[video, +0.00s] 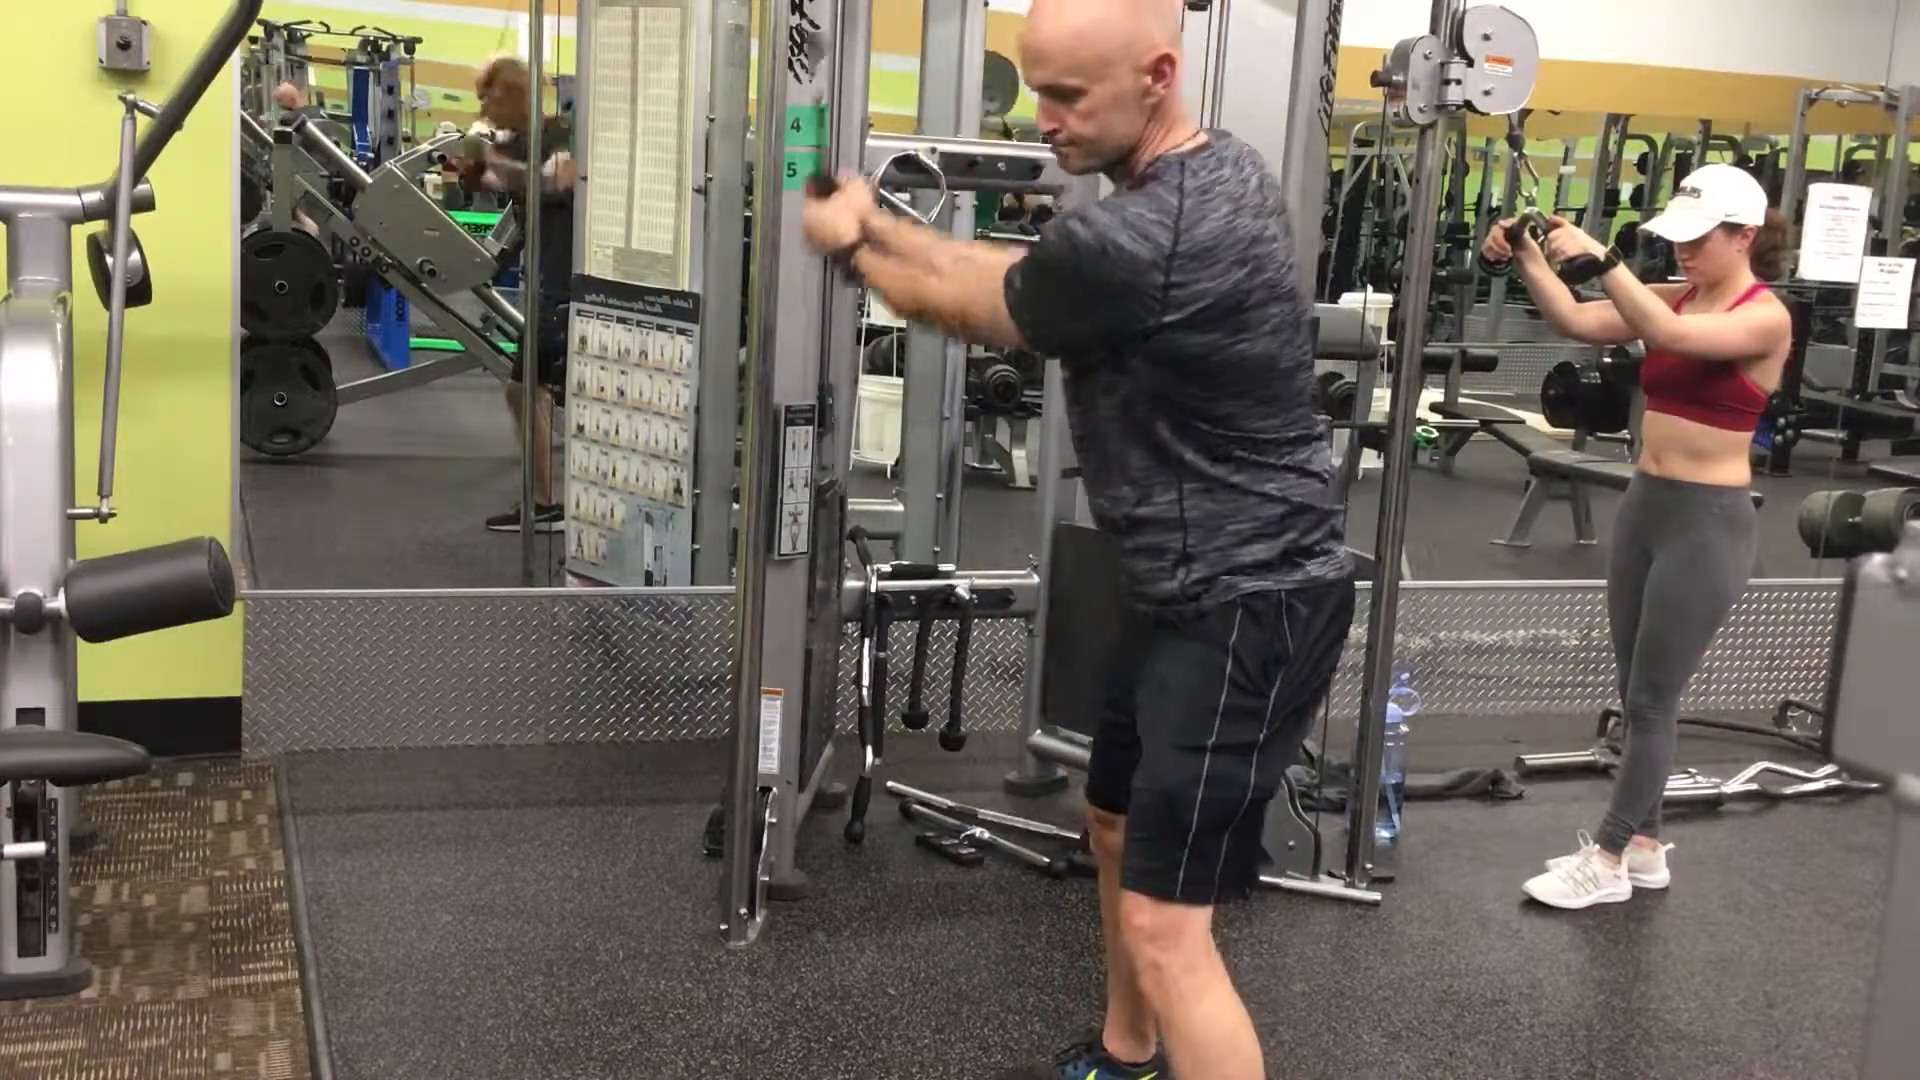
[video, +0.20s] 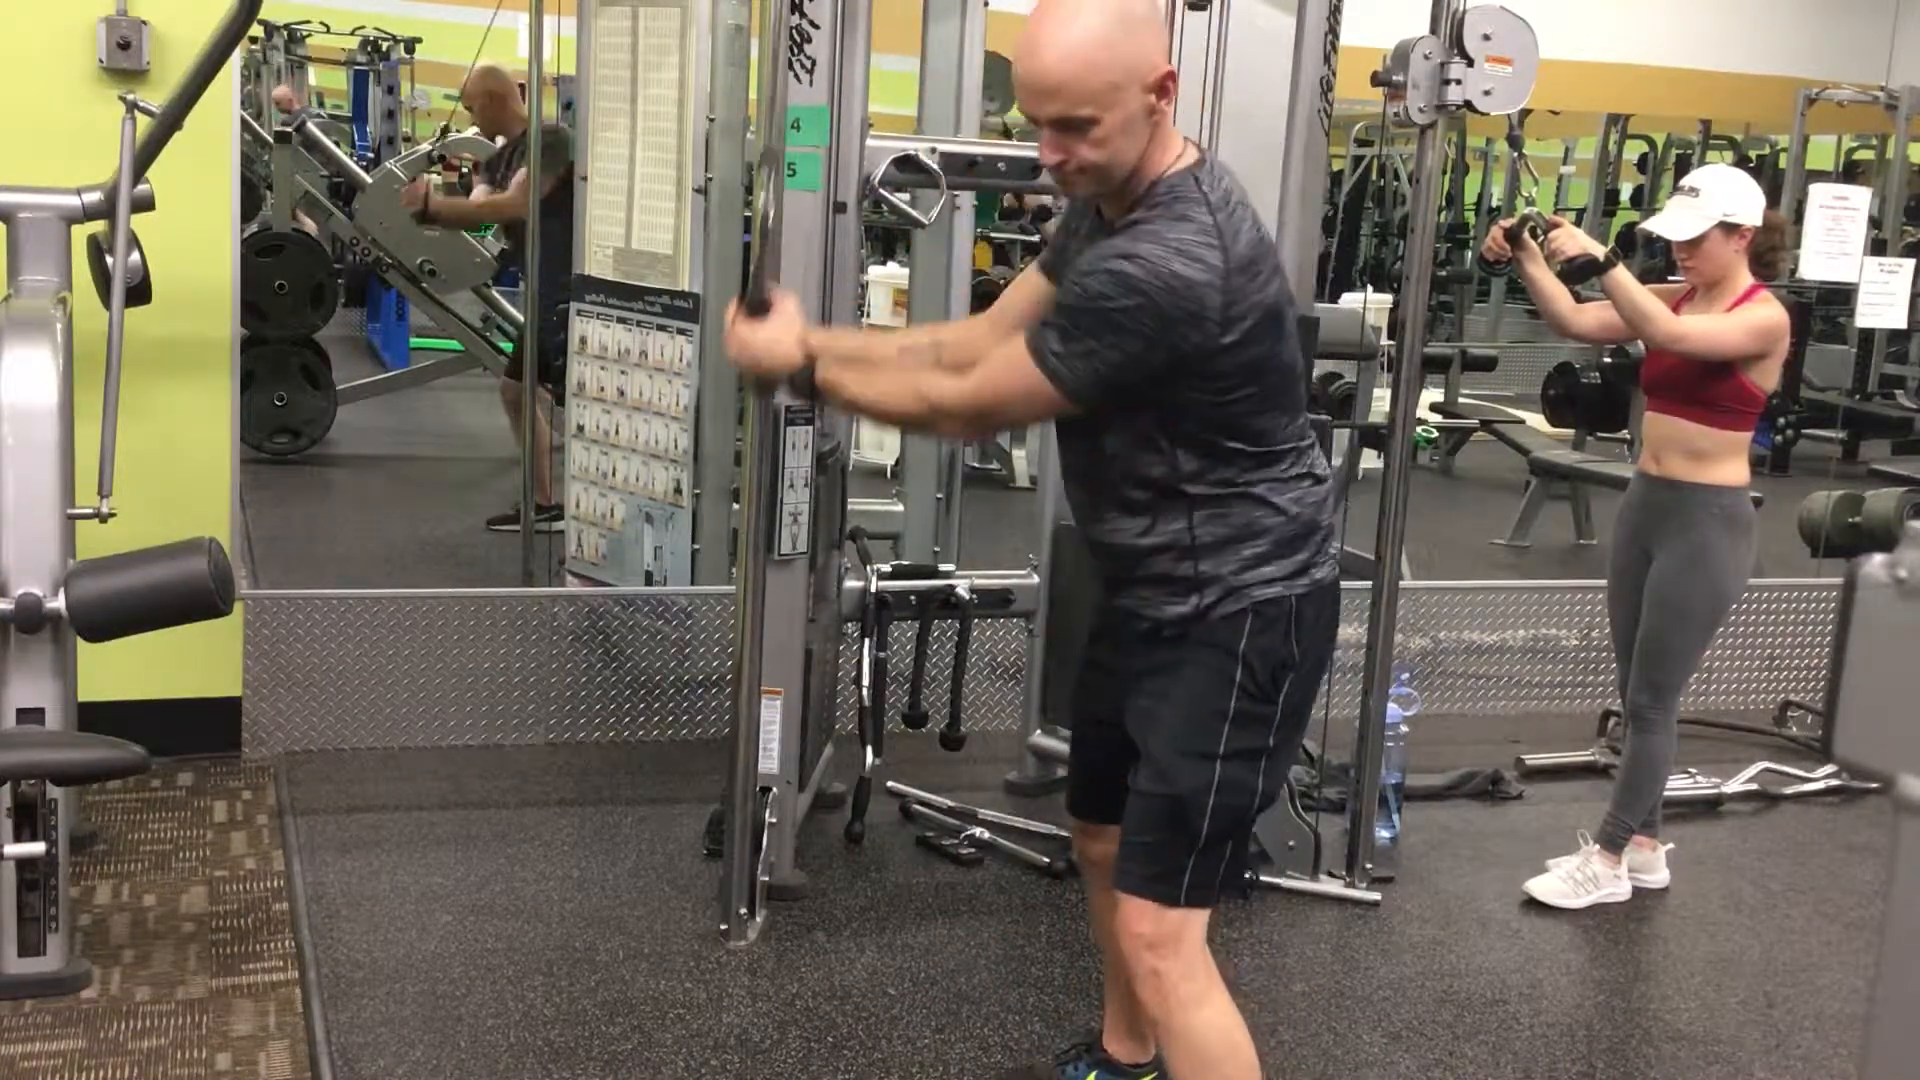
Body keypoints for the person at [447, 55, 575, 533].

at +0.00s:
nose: (485, 104)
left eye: (490, 94)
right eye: (484, 95)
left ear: (516, 92)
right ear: (498, 95)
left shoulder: (559, 135)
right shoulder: (508, 142)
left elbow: (560, 182)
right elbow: (498, 187)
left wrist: (496, 169)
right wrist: (469, 173)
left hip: (560, 278)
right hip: (540, 276)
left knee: (525, 391)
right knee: (542, 394)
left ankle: (545, 498)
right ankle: (549, 496)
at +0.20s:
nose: (471, 117)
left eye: (474, 106)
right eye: (469, 108)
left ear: (499, 100)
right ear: (499, 101)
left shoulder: (551, 140)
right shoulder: (499, 157)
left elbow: (515, 206)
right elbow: (476, 210)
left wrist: (435, 203)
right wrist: (430, 204)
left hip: (564, 288)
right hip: (542, 286)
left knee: (517, 389)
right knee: (547, 392)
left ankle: (543, 499)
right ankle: (554, 496)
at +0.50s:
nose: (456, 123)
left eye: (457, 115)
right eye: (456, 115)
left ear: (471, 113)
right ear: (493, 109)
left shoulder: (502, 155)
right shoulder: (521, 150)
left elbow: (473, 241)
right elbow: (485, 246)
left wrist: (413, 272)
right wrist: (423, 272)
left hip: (559, 292)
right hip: (566, 287)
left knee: (522, 386)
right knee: (518, 382)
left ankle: (544, 500)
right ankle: (545, 497)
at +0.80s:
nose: (450, 156)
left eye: (452, 147)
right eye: (450, 148)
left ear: (463, 144)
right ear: (493, 139)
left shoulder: (474, 184)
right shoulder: (530, 170)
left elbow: (456, 283)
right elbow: (509, 265)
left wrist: (434, 318)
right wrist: (457, 310)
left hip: (556, 295)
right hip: (591, 283)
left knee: (541, 409)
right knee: (523, 380)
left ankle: (544, 503)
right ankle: (545, 497)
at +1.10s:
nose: (466, 192)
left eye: (466, 184)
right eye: (465, 184)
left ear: (475, 183)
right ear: (506, 173)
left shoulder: (472, 226)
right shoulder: (552, 206)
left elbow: (476, 305)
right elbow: (577, 260)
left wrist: (485, 357)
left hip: (535, 320)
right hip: (581, 312)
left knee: (542, 427)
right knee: (554, 421)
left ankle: (561, 507)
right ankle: (541, 502)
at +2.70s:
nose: (449, 166)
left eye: (450, 156)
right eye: (448, 157)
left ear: (463, 153)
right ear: (495, 150)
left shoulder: (474, 196)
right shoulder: (529, 183)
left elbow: (452, 295)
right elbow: (505, 270)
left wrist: (421, 328)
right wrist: (464, 309)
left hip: (557, 309)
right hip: (588, 301)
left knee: (544, 411)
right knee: (523, 385)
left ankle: (546, 506)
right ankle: (544, 501)